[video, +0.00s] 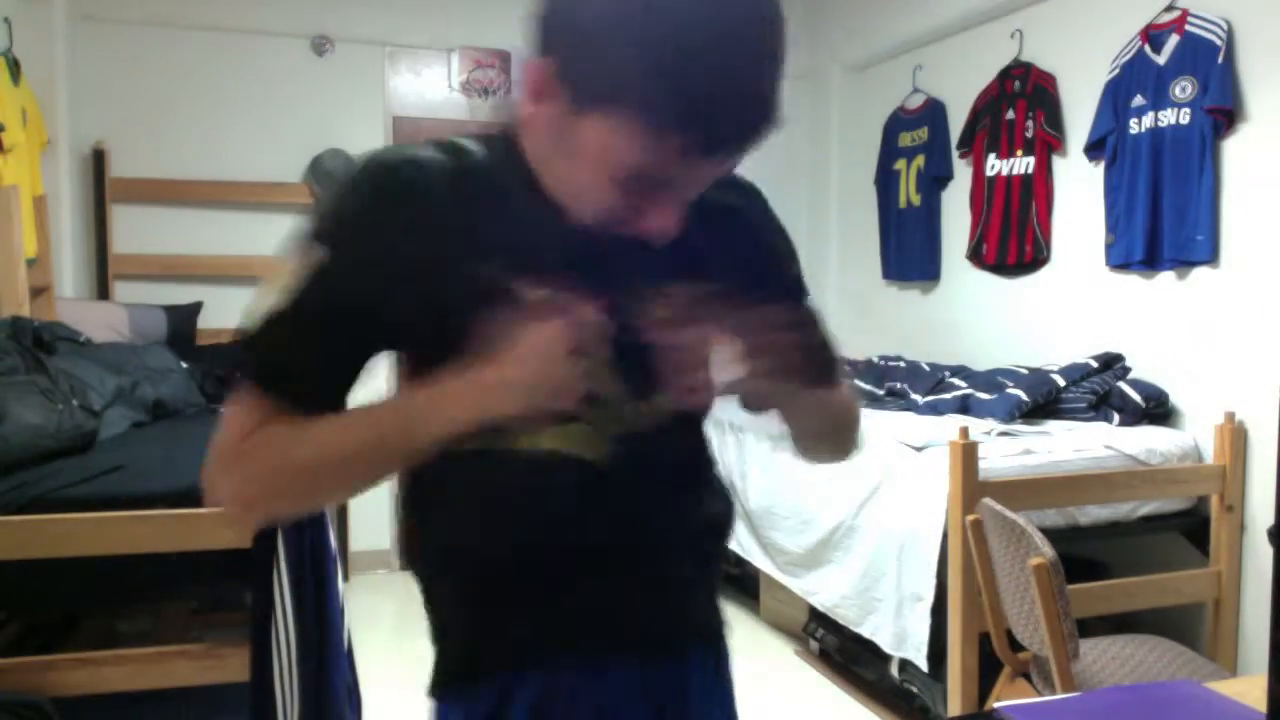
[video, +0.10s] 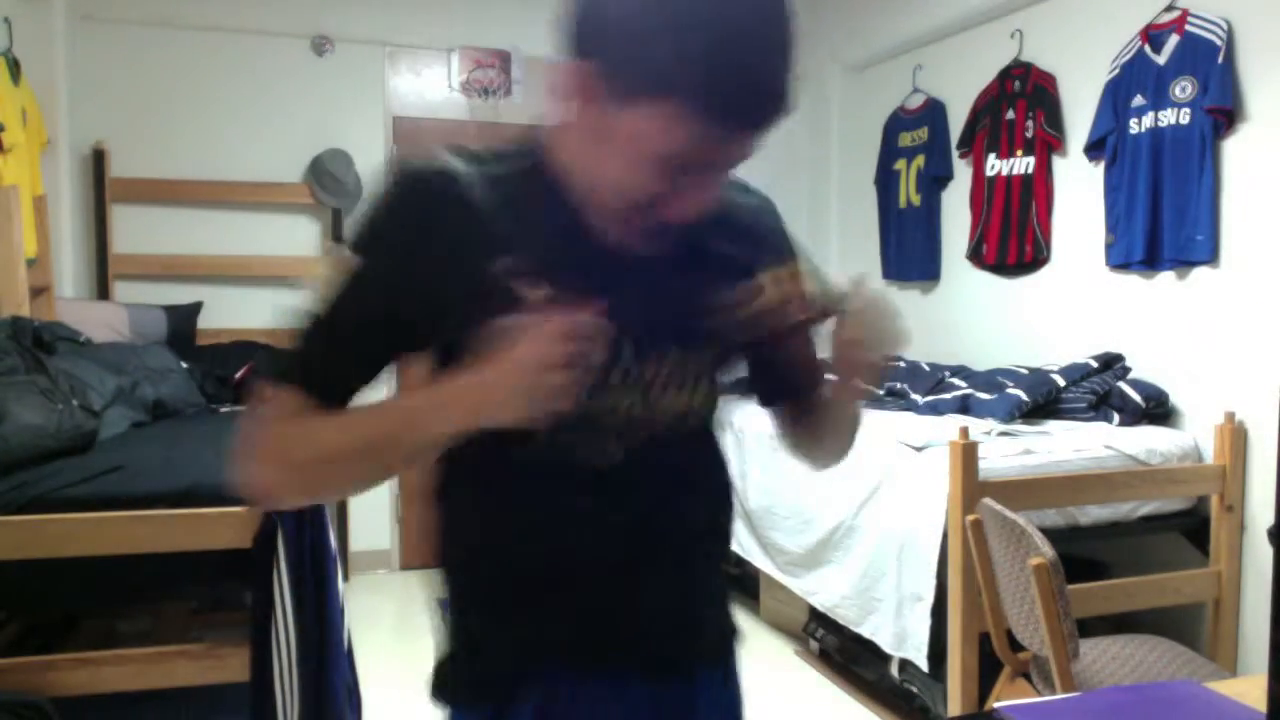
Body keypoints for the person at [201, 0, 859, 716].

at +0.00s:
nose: (666, 226)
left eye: (700, 192)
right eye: (640, 185)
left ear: (726, 151)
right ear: (540, 95)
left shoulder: (727, 218)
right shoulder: (411, 206)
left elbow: (836, 436)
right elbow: (242, 480)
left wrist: (774, 378)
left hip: (681, 667)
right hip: (501, 678)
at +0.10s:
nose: (697, 205)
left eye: (724, 170)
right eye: (675, 164)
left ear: (748, 145)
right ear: (578, 93)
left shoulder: (739, 234)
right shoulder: (448, 217)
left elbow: (817, 443)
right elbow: (267, 460)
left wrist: (843, 381)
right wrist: (479, 394)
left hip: (687, 673)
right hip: (515, 678)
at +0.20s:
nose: (795, 178)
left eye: (802, 147)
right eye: (778, 144)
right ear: (685, 105)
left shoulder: (765, 250)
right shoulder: (518, 235)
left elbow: (861, 428)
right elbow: (330, 419)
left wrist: (826, 394)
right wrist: (472, 404)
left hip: (717, 672)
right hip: (562, 678)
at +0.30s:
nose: (830, 174)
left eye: (836, 143)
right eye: (822, 140)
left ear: (758, 118)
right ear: (747, 115)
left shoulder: (777, 258)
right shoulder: (555, 243)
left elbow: (841, 401)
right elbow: (358, 364)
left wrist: (918, 419)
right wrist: (498, 408)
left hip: (742, 676)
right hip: (600, 682)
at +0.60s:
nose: (859, 72)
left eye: (857, 53)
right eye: (856, 51)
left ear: (755, 55)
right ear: (827, 49)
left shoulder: (694, 163)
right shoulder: (847, 163)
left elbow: (651, 329)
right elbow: (868, 347)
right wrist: (808, 311)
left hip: (689, 476)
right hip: (789, 480)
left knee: (715, 669)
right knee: (801, 684)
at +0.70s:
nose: (834, 105)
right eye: (834, 90)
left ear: (746, 100)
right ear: (829, 97)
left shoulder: (689, 206)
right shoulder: (868, 217)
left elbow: (641, 352)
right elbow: (904, 374)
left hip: (699, 496)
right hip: (809, 499)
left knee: (691, 674)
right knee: (828, 692)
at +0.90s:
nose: (675, 209)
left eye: (682, 195)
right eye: (675, 194)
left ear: (718, 199)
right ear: (732, 200)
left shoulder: (704, 290)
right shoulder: (811, 283)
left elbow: (714, 443)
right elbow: (843, 406)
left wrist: (663, 462)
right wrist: (774, 425)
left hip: (746, 532)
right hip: (820, 521)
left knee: (679, 681)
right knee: (804, 671)